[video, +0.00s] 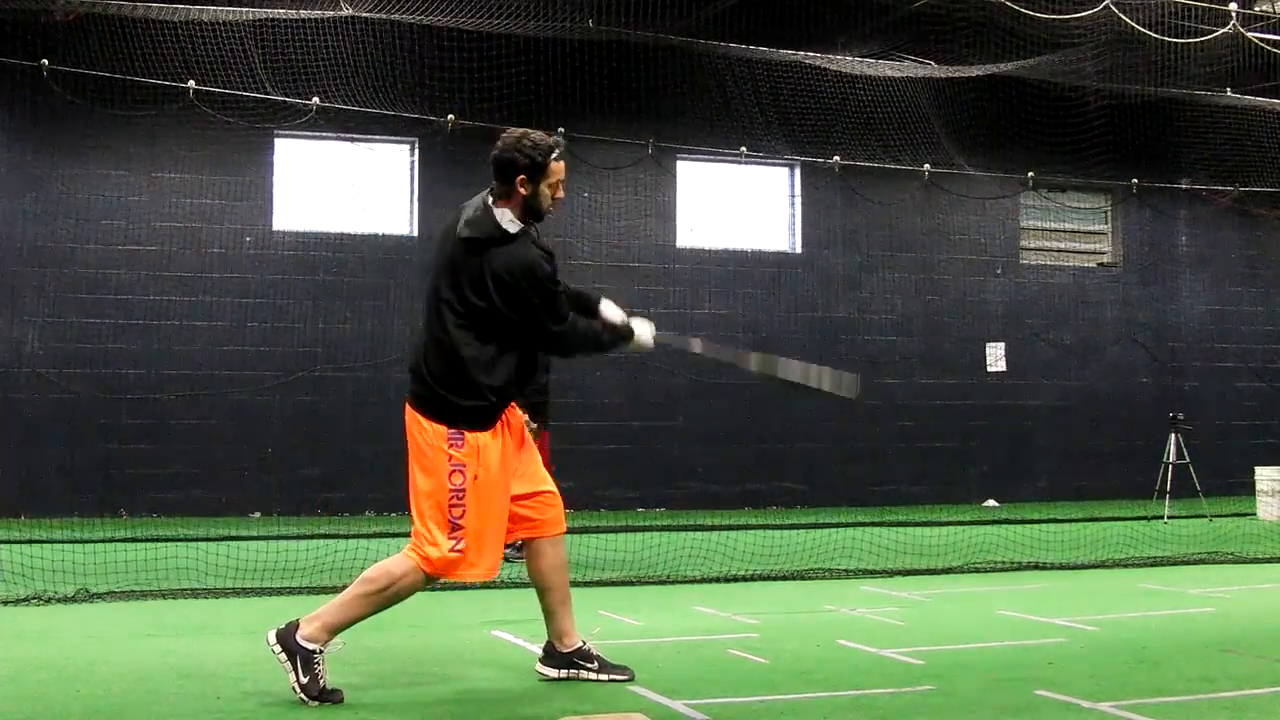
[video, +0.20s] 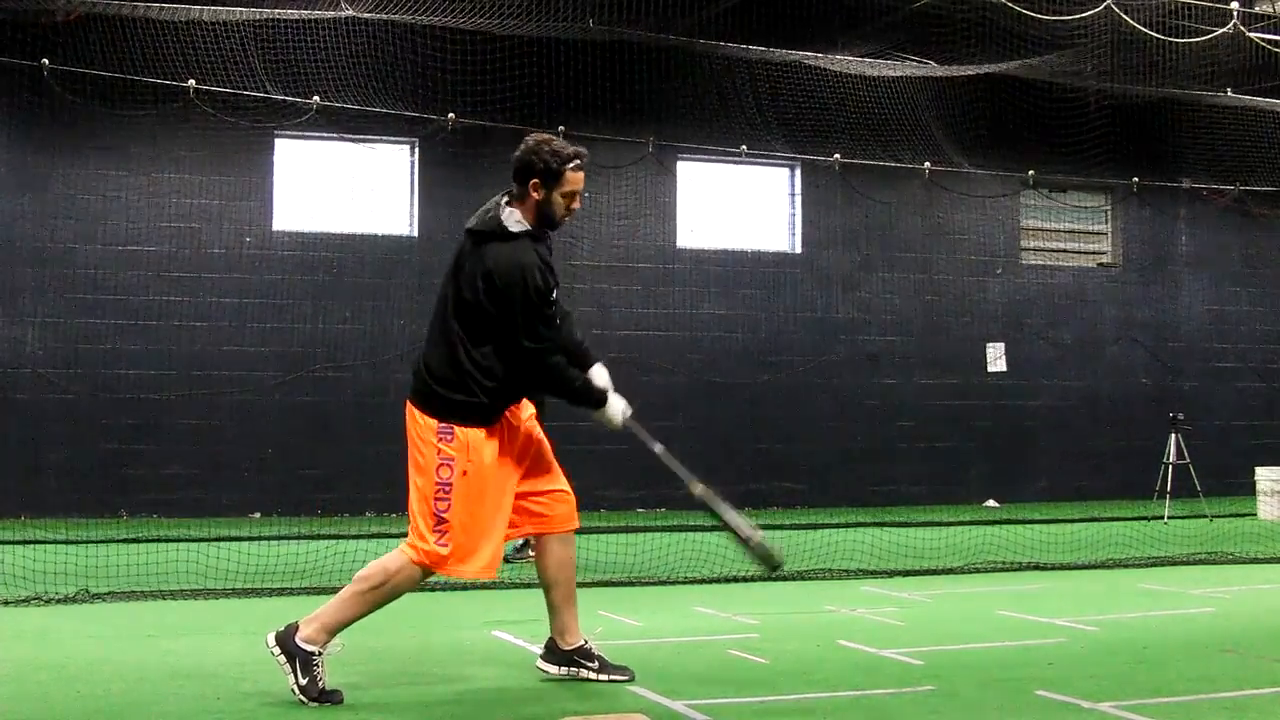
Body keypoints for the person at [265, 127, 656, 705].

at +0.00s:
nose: (562, 194)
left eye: (563, 183)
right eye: (556, 185)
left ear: (517, 183)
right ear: (523, 185)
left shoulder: (485, 215)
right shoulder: (514, 255)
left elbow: (541, 285)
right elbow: (555, 334)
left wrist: (598, 306)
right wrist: (622, 333)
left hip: (494, 410)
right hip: (451, 416)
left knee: (545, 520)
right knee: (440, 552)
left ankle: (565, 647)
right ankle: (305, 636)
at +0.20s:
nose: (578, 202)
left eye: (580, 191)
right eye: (573, 192)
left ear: (538, 187)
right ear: (536, 188)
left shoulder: (523, 224)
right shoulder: (509, 255)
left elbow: (547, 318)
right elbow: (534, 361)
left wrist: (591, 368)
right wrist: (595, 398)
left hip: (501, 405)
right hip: (450, 413)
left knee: (554, 513)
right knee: (432, 549)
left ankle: (566, 646)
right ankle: (304, 637)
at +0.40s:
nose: (590, 203)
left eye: (594, 193)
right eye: (584, 192)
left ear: (572, 185)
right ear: (548, 183)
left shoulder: (557, 229)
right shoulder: (506, 251)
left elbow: (564, 315)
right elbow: (493, 359)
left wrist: (565, 377)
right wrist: (550, 408)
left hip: (521, 401)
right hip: (458, 402)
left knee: (569, 512)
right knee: (418, 527)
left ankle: (567, 645)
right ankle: (311, 636)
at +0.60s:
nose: (583, 200)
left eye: (589, 190)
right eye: (575, 188)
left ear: (586, 183)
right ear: (543, 175)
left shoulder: (571, 231)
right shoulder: (482, 238)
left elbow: (578, 314)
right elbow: (447, 332)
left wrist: (552, 369)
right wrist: (505, 385)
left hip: (530, 400)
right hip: (452, 400)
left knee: (573, 516)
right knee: (394, 520)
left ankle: (567, 643)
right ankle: (324, 645)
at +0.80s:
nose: (528, 199)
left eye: (535, 188)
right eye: (520, 186)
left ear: (541, 183)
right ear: (489, 174)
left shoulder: (540, 240)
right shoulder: (431, 238)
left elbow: (549, 321)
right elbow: (381, 317)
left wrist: (502, 365)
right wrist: (436, 356)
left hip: (506, 408)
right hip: (422, 410)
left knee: (555, 524)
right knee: (386, 531)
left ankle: (566, 646)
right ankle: (326, 653)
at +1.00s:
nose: (463, 187)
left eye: (471, 177)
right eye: (454, 175)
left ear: (478, 172)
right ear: (424, 165)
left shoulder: (486, 233)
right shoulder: (372, 229)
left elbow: (501, 317)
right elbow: (324, 301)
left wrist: (446, 350)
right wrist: (379, 327)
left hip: (460, 403)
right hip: (377, 407)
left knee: (515, 521)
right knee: (357, 533)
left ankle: (549, 636)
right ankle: (323, 655)